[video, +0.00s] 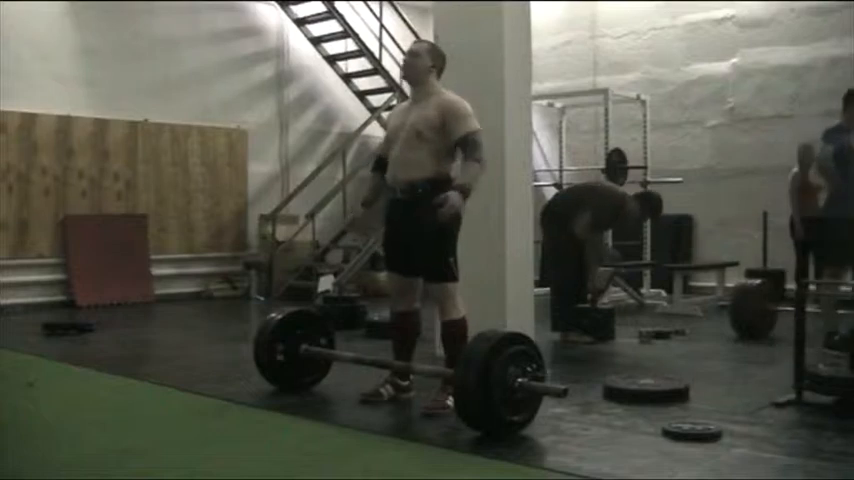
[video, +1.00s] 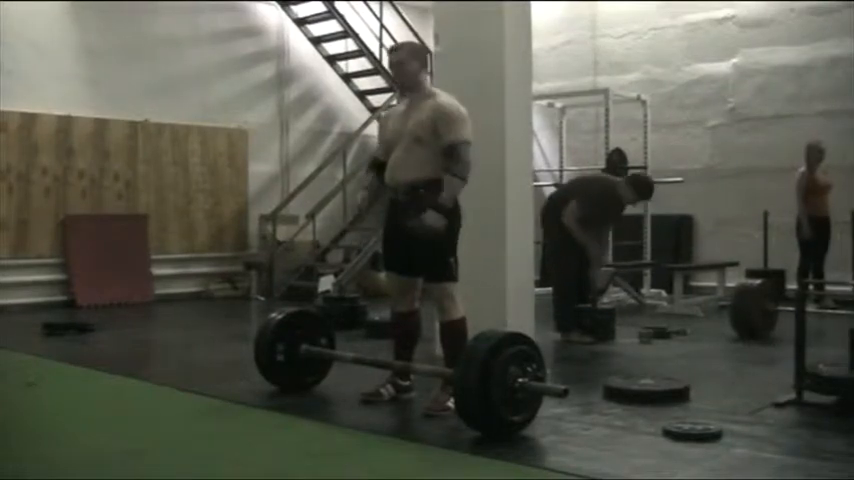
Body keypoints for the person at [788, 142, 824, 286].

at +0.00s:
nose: (810, 159)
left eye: (811, 156)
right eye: (806, 156)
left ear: (813, 157)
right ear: (800, 157)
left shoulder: (812, 174)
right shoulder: (797, 175)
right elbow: (794, 202)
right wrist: (797, 223)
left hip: (814, 217)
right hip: (801, 219)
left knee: (818, 256)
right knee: (802, 258)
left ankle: (819, 288)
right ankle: (801, 290)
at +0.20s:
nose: (812, 161)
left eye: (814, 158)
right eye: (809, 157)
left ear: (816, 159)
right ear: (803, 157)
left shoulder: (814, 175)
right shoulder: (798, 175)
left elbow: (813, 194)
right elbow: (795, 203)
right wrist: (799, 226)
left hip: (817, 219)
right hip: (803, 220)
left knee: (823, 255)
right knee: (803, 257)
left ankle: (821, 291)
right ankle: (802, 290)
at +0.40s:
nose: (813, 160)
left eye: (815, 157)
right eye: (810, 157)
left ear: (817, 158)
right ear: (803, 157)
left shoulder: (817, 174)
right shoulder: (798, 175)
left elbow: (819, 194)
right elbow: (795, 202)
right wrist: (800, 225)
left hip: (818, 219)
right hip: (804, 220)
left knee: (820, 257)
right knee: (804, 257)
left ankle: (821, 293)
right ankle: (802, 292)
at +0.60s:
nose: (816, 160)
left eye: (818, 156)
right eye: (813, 156)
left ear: (819, 158)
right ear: (807, 156)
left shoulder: (817, 175)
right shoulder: (801, 175)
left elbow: (818, 200)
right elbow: (798, 202)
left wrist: (824, 221)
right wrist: (802, 225)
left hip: (820, 219)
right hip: (806, 219)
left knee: (819, 258)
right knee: (805, 257)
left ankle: (820, 293)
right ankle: (802, 292)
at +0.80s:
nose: (818, 159)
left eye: (820, 156)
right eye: (816, 156)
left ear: (821, 158)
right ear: (809, 156)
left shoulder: (819, 175)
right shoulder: (803, 175)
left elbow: (820, 200)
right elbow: (800, 202)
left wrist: (826, 221)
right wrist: (804, 224)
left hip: (821, 220)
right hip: (807, 220)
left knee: (819, 259)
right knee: (806, 258)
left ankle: (820, 294)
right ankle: (803, 293)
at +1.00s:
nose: (818, 159)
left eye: (820, 156)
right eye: (815, 155)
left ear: (822, 157)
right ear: (809, 156)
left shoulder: (820, 175)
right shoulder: (803, 175)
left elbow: (821, 199)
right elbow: (800, 202)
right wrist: (804, 224)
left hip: (822, 220)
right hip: (808, 220)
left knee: (819, 259)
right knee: (806, 258)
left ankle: (820, 294)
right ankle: (802, 293)